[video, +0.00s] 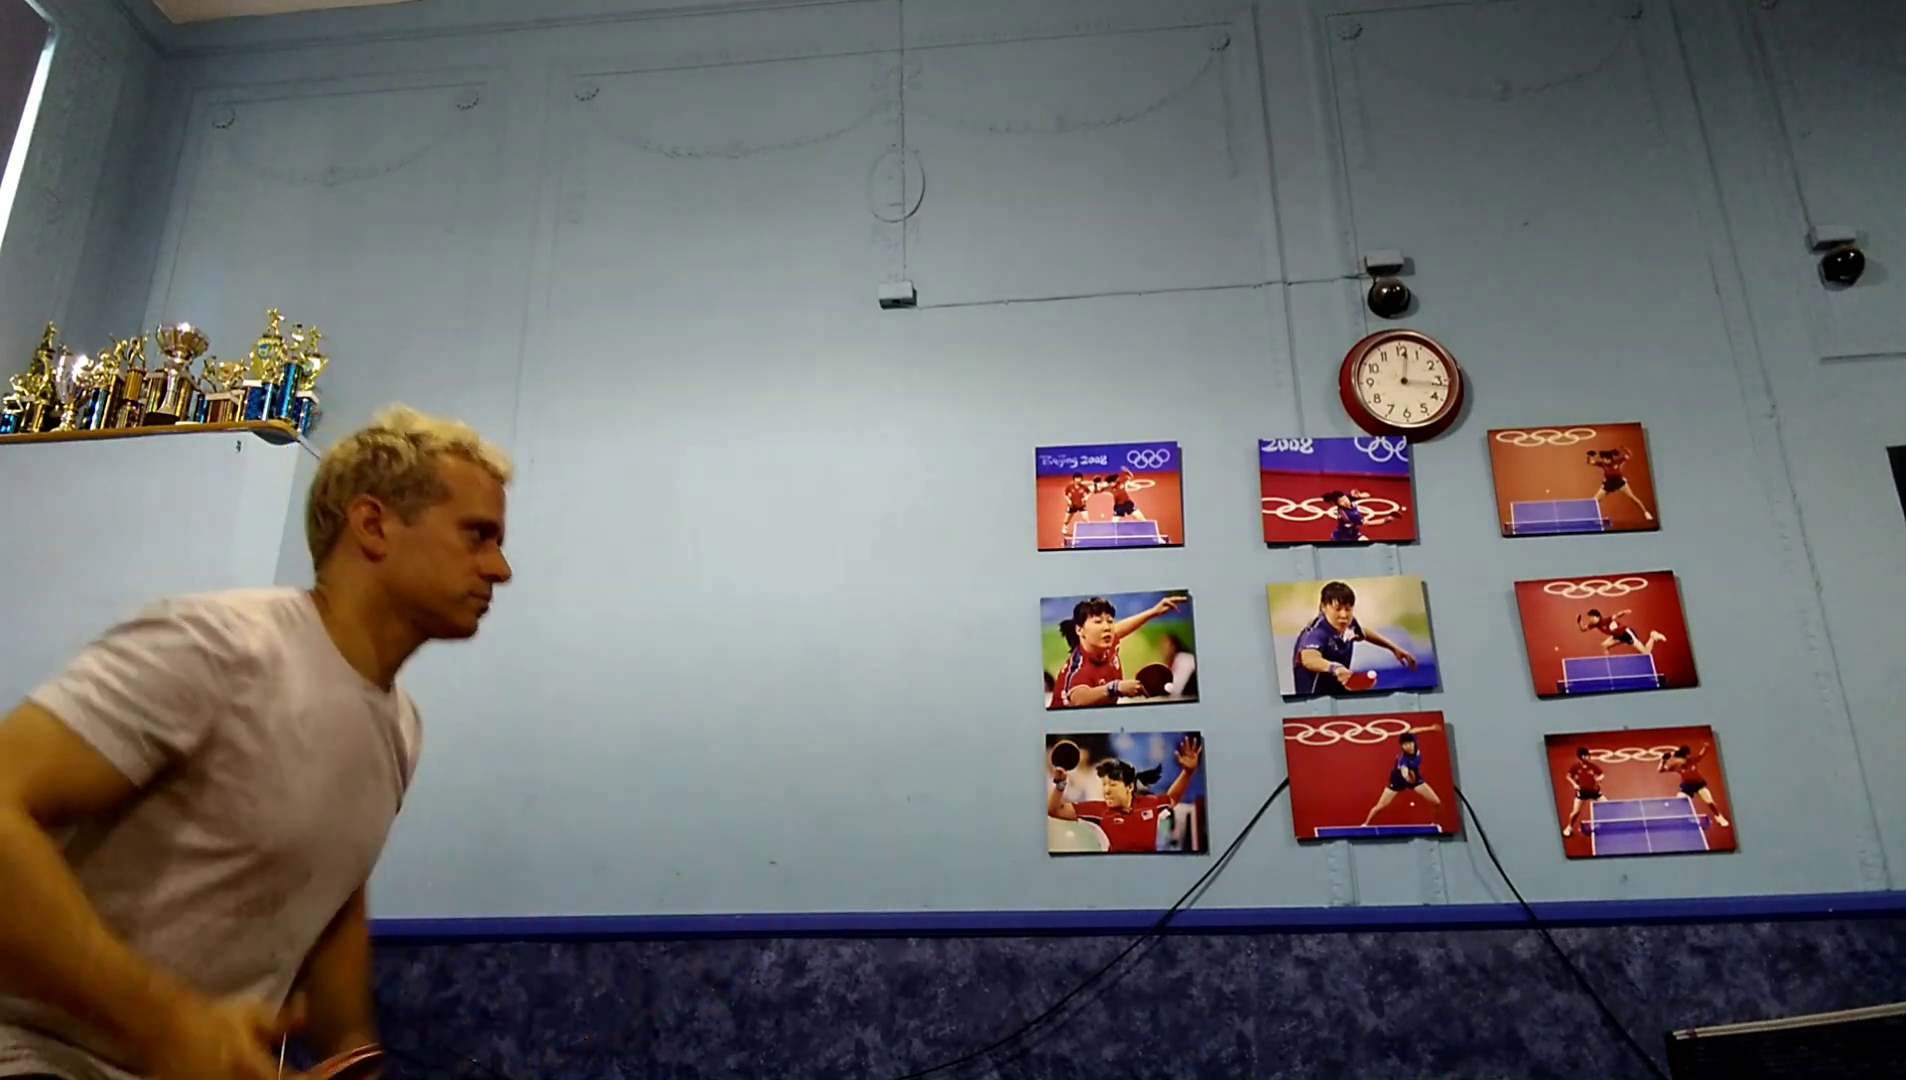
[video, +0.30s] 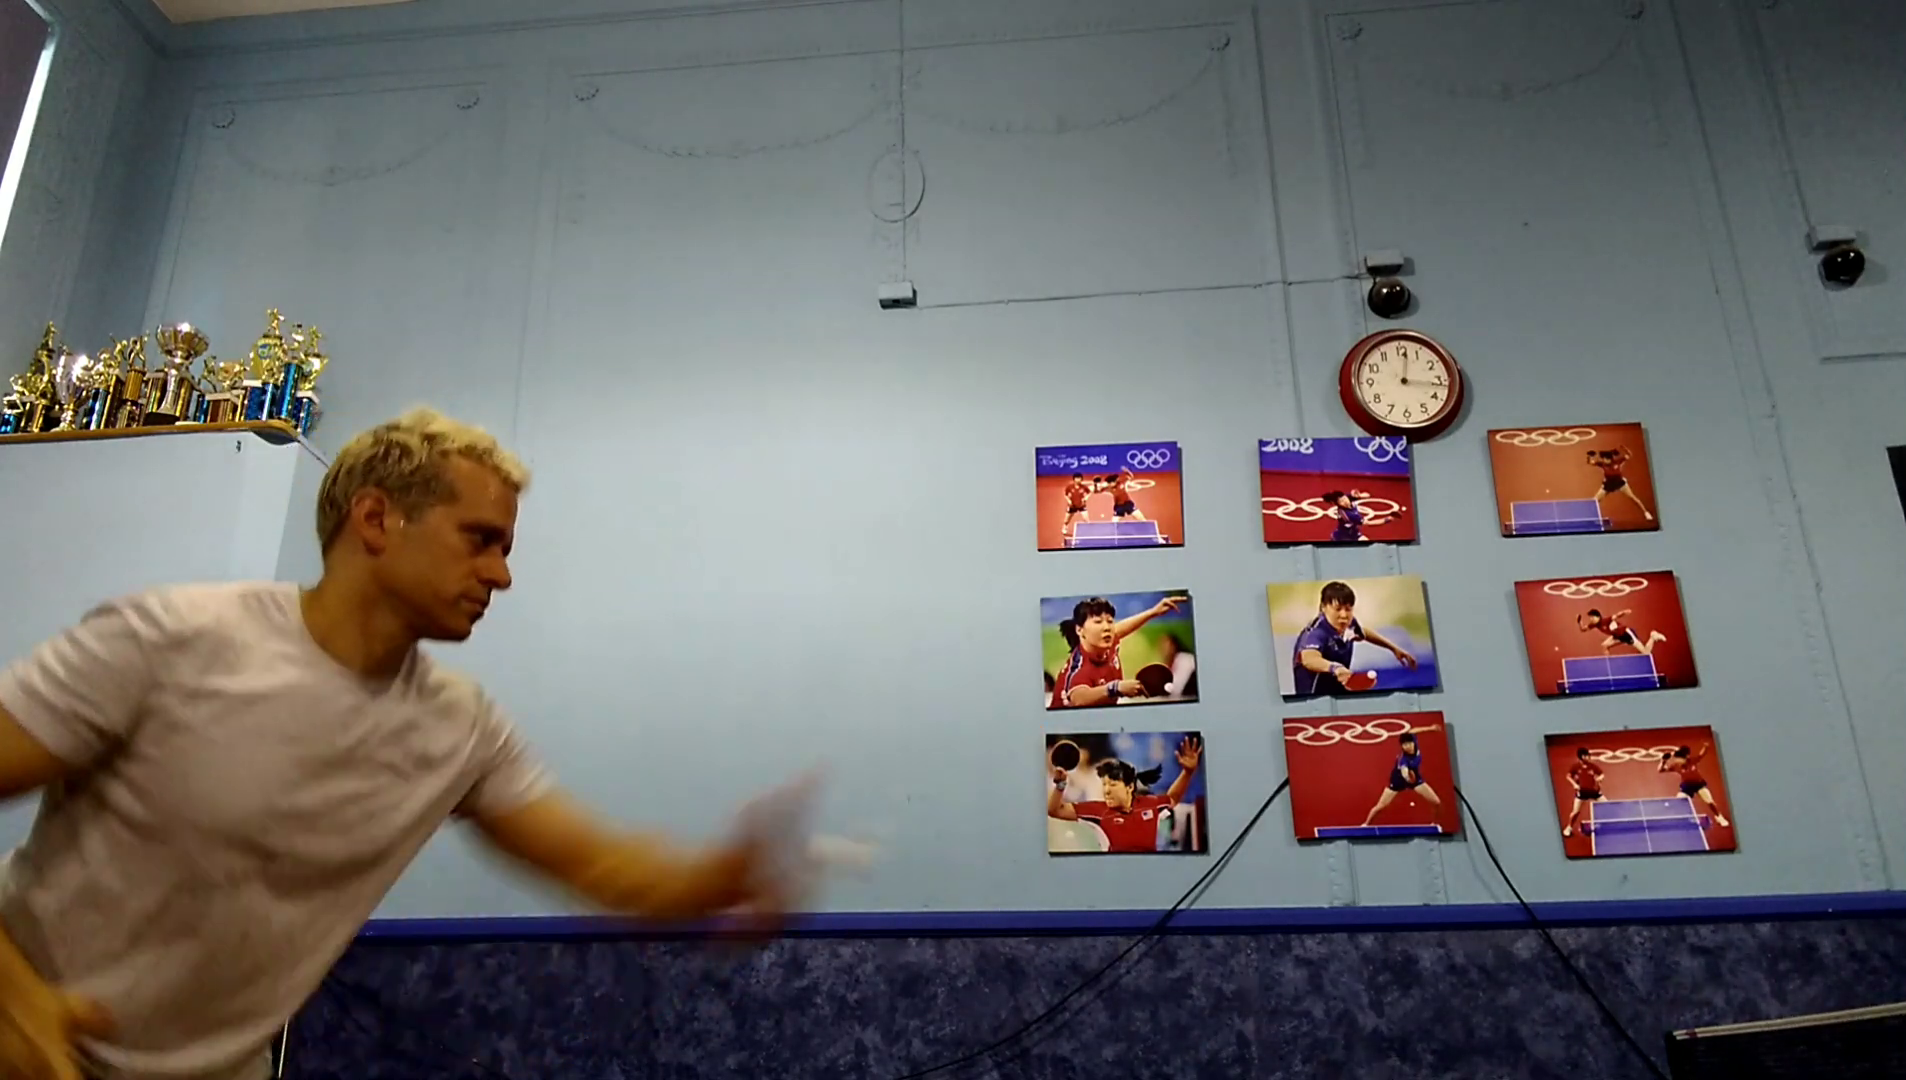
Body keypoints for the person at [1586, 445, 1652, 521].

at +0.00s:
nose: (1605, 461)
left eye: (1606, 460)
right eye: (1604, 460)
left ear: (1610, 459)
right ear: (1603, 459)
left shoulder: (1617, 461)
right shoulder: (1602, 464)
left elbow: (1629, 456)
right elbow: (1590, 463)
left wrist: (1624, 449)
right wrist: (1589, 457)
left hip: (1620, 482)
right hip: (1608, 483)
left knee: (1632, 497)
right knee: (1595, 499)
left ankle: (1645, 512)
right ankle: (1591, 519)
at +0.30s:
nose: (1605, 462)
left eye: (1607, 460)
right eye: (1604, 460)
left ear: (1610, 459)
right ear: (1603, 459)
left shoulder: (1617, 462)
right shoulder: (1602, 464)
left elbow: (1628, 457)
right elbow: (1590, 463)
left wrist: (1624, 449)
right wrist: (1590, 457)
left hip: (1620, 482)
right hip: (1608, 483)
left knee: (1632, 497)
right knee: (1595, 499)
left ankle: (1645, 512)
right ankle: (1592, 519)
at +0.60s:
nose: (1604, 461)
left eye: (1606, 459)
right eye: (1603, 459)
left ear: (1609, 458)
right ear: (1602, 459)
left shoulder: (1618, 462)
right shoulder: (1602, 464)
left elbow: (1629, 455)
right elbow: (1590, 463)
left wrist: (1624, 448)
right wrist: (1589, 457)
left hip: (1620, 482)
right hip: (1608, 483)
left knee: (1632, 497)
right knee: (1595, 499)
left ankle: (1645, 512)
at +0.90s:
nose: (1605, 461)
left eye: (1606, 459)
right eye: (1603, 459)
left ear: (1610, 458)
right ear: (1602, 459)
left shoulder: (1618, 462)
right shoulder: (1602, 464)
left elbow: (1629, 455)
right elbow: (1590, 463)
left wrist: (1624, 448)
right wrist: (1589, 457)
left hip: (1620, 482)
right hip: (1608, 483)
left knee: (1632, 497)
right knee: (1595, 499)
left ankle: (1645, 512)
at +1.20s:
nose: (1605, 461)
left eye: (1606, 460)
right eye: (1603, 460)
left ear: (1610, 458)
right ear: (1603, 459)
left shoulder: (1618, 462)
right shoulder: (1602, 464)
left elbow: (1629, 455)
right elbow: (1590, 463)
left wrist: (1624, 448)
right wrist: (1589, 457)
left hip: (1620, 482)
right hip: (1608, 483)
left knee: (1632, 497)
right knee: (1595, 499)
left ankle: (1645, 512)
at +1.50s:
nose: (1604, 461)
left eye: (1606, 460)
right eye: (1603, 460)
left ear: (1610, 458)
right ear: (1603, 459)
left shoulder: (1618, 462)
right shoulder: (1602, 464)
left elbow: (1629, 456)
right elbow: (1590, 463)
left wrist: (1624, 448)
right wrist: (1589, 457)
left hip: (1620, 482)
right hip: (1608, 483)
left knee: (1632, 497)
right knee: (1595, 499)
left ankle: (1645, 512)